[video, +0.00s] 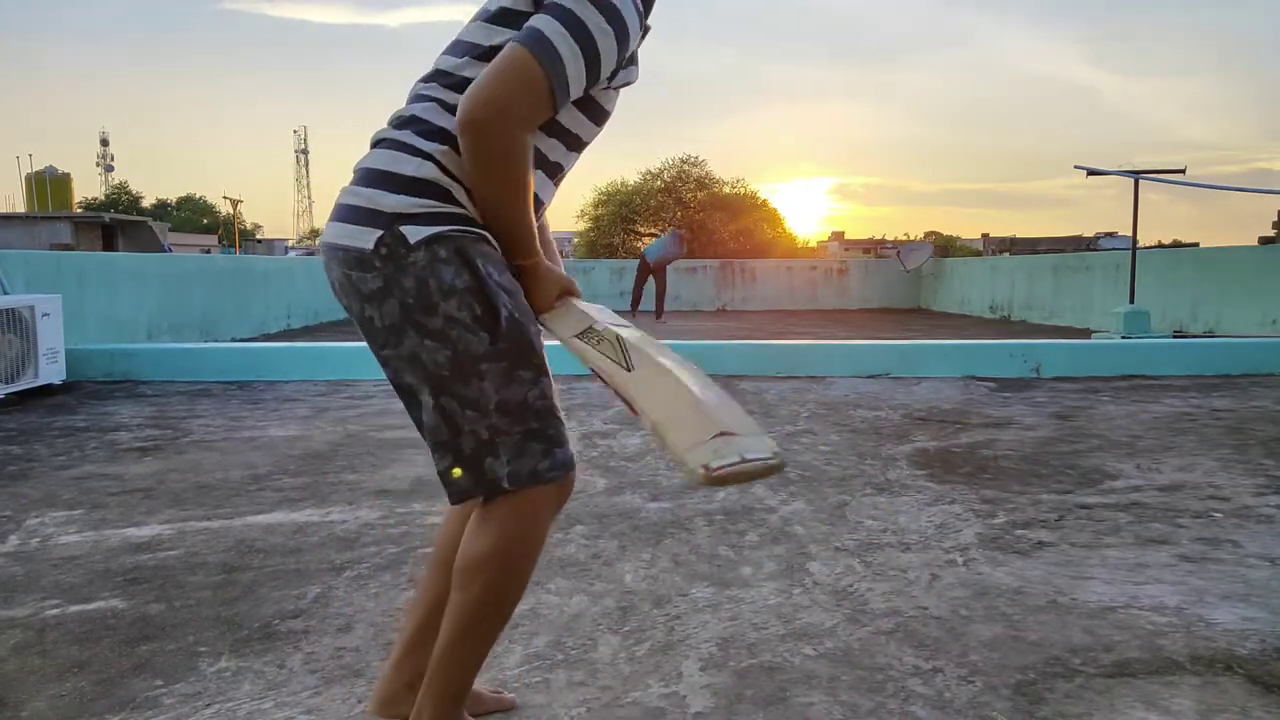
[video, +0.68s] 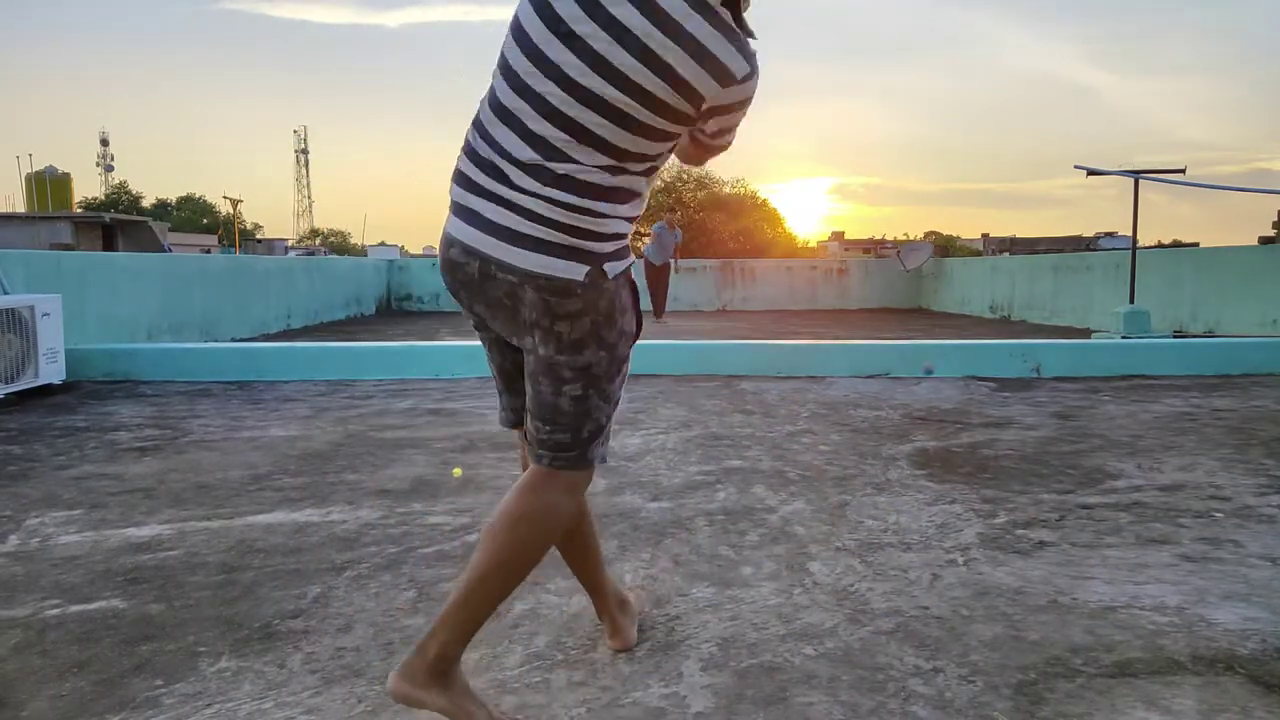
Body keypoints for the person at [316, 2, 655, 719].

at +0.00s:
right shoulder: (611, 8)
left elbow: (504, 147)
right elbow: (491, 117)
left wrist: (540, 262)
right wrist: (529, 263)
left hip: (380, 232)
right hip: (422, 234)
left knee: (486, 484)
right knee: (536, 475)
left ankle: (400, 693)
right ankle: (438, 702)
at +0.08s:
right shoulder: (620, 3)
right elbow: (508, 89)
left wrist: (551, 245)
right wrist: (558, 239)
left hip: (392, 225)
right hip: (428, 228)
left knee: (516, 455)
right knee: (536, 472)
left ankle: (427, 649)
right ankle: (440, 704)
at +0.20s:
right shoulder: (632, 2)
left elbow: (512, 136)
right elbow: (536, 9)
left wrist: (589, 231)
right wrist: (621, 169)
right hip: (438, 219)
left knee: (553, 405)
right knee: (529, 474)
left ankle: (518, 643)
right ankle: (437, 706)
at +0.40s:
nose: (699, 10)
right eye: (692, 12)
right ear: (678, 0)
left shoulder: (575, 21)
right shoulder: (656, 2)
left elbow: (634, 127)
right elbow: (587, 104)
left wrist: (711, 220)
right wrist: (706, 228)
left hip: (412, 247)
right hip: (497, 250)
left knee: (545, 456)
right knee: (560, 494)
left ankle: (622, 612)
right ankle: (434, 708)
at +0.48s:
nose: (718, 15)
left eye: (721, 8)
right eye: (723, 6)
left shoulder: (573, 8)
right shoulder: (670, 40)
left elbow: (681, 149)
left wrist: (746, 250)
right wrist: (719, 293)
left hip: (433, 254)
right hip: (522, 262)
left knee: (554, 454)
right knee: (568, 485)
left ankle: (624, 612)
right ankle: (435, 705)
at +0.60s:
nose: (739, 13)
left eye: (740, 8)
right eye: (741, 8)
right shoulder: (704, 48)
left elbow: (578, 96)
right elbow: (681, 207)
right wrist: (676, 246)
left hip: (454, 238)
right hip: (553, 261)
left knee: (540, 453)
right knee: (569, 475)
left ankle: (610, 612)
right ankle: (433, 677)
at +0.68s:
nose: (752, 1)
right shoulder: (729, 59)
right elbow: (696, 151)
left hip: (470, 244)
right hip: (572, 273)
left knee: (544, 450)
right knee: (560, 469)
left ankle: (611, 609)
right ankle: (431, 662)